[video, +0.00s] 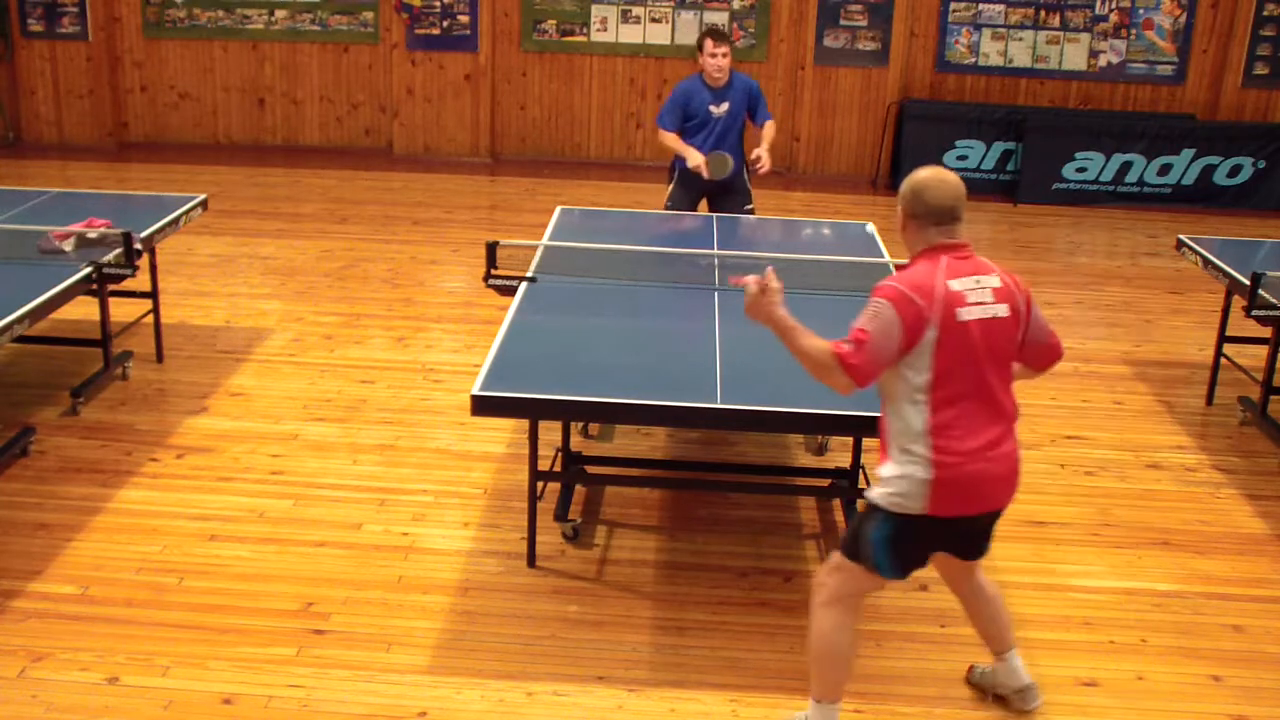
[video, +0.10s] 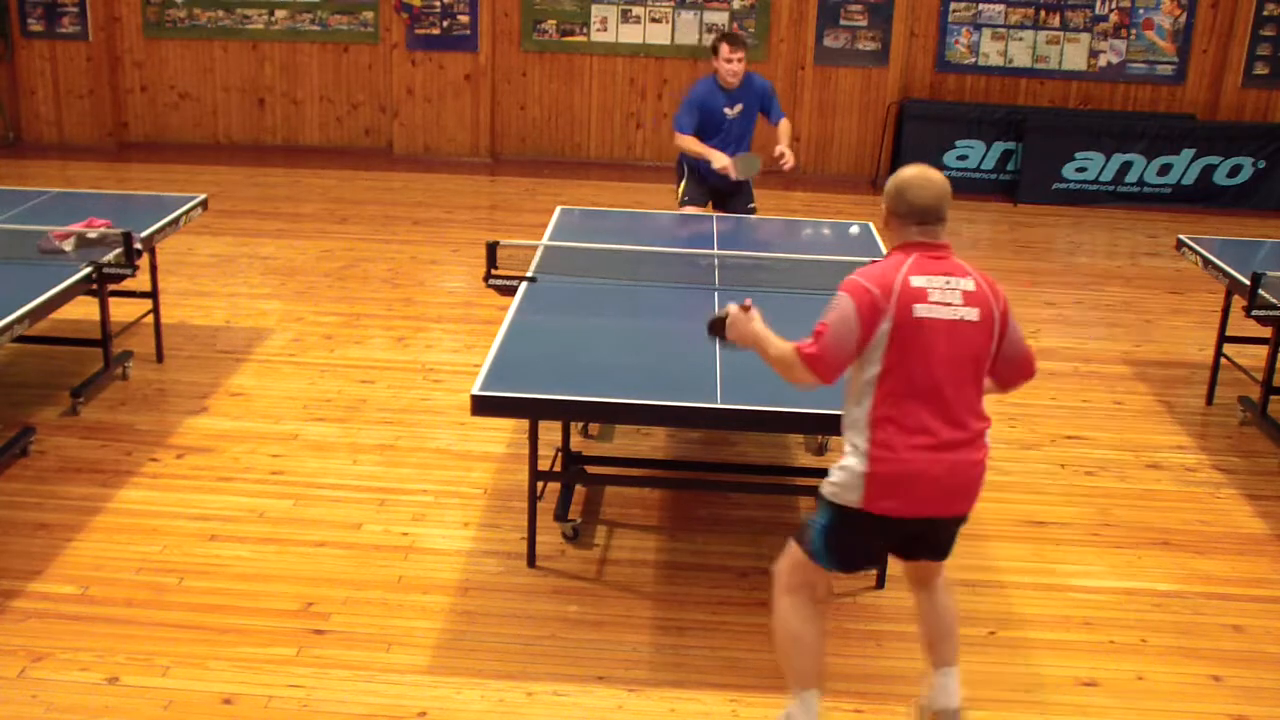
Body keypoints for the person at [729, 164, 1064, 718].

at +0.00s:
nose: (896, 220)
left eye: (898, 212)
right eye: (897, 212)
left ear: (905, 217)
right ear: (962, 217)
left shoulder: (907, 290)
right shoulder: (1003, 282)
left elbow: (846, 371)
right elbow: (1045, 355)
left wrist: (776, 317)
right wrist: (980, 357)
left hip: (922, 484)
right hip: (993, 477)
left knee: (835, 587)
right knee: (960, 565)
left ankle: (822, 710)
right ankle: (1013, 674)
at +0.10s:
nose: (881, 217)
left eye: (883, 210)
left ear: (887, 215)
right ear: (947, 217)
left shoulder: (875, 283)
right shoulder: (983, 288)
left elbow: (812, 368)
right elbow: (1016, 370)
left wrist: (754, 333)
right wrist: (955, 351)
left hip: (877, 481)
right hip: (955, 483)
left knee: (796, 577)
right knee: (927, 573)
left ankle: (804, 707)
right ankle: (946, 696)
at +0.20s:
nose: (858, 217)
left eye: (860, 211)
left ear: (864, 218)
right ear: (924, 220)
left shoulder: (840, 289)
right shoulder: (958, 294)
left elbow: (775, 378)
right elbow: (989, 383)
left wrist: (740, 357)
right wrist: (934, 381)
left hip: (844, 488)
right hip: (928, 490)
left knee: (759, 581)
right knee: (915, 589)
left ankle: (738, 705)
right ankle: (929, 710)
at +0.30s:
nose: (829, 221)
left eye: (831, 214)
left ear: (833, 223)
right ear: (893, 228)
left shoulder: (799, 293)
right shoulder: (930, 304)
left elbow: (744, 384)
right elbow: (965, 392)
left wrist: (729, 371)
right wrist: (921, 400)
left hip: (808, 492)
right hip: (897, 497)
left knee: (732, 594)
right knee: (902, 588)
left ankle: (700, 712)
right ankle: (924, 710)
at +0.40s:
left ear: (806, 220)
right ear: (868, 224)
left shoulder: (773, 289)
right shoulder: (906, 295)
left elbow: (718, 376)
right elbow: (947, 383)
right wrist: (915, 409)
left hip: (786, 493)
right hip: (879, 497)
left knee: (722, 594)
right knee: (892, 587)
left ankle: (697, 713)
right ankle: (909, 711)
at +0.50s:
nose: (784, 214)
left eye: (786, 207)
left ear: (789, 216)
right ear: (850, 218)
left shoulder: (758, 288)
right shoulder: (890, 287)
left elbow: (705, 375)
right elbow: (941, 369)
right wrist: (907, 401)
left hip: (780, 490)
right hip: (874, 492)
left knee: (721, 594)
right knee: (888, 593)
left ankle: (696, 713)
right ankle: (912, 712)